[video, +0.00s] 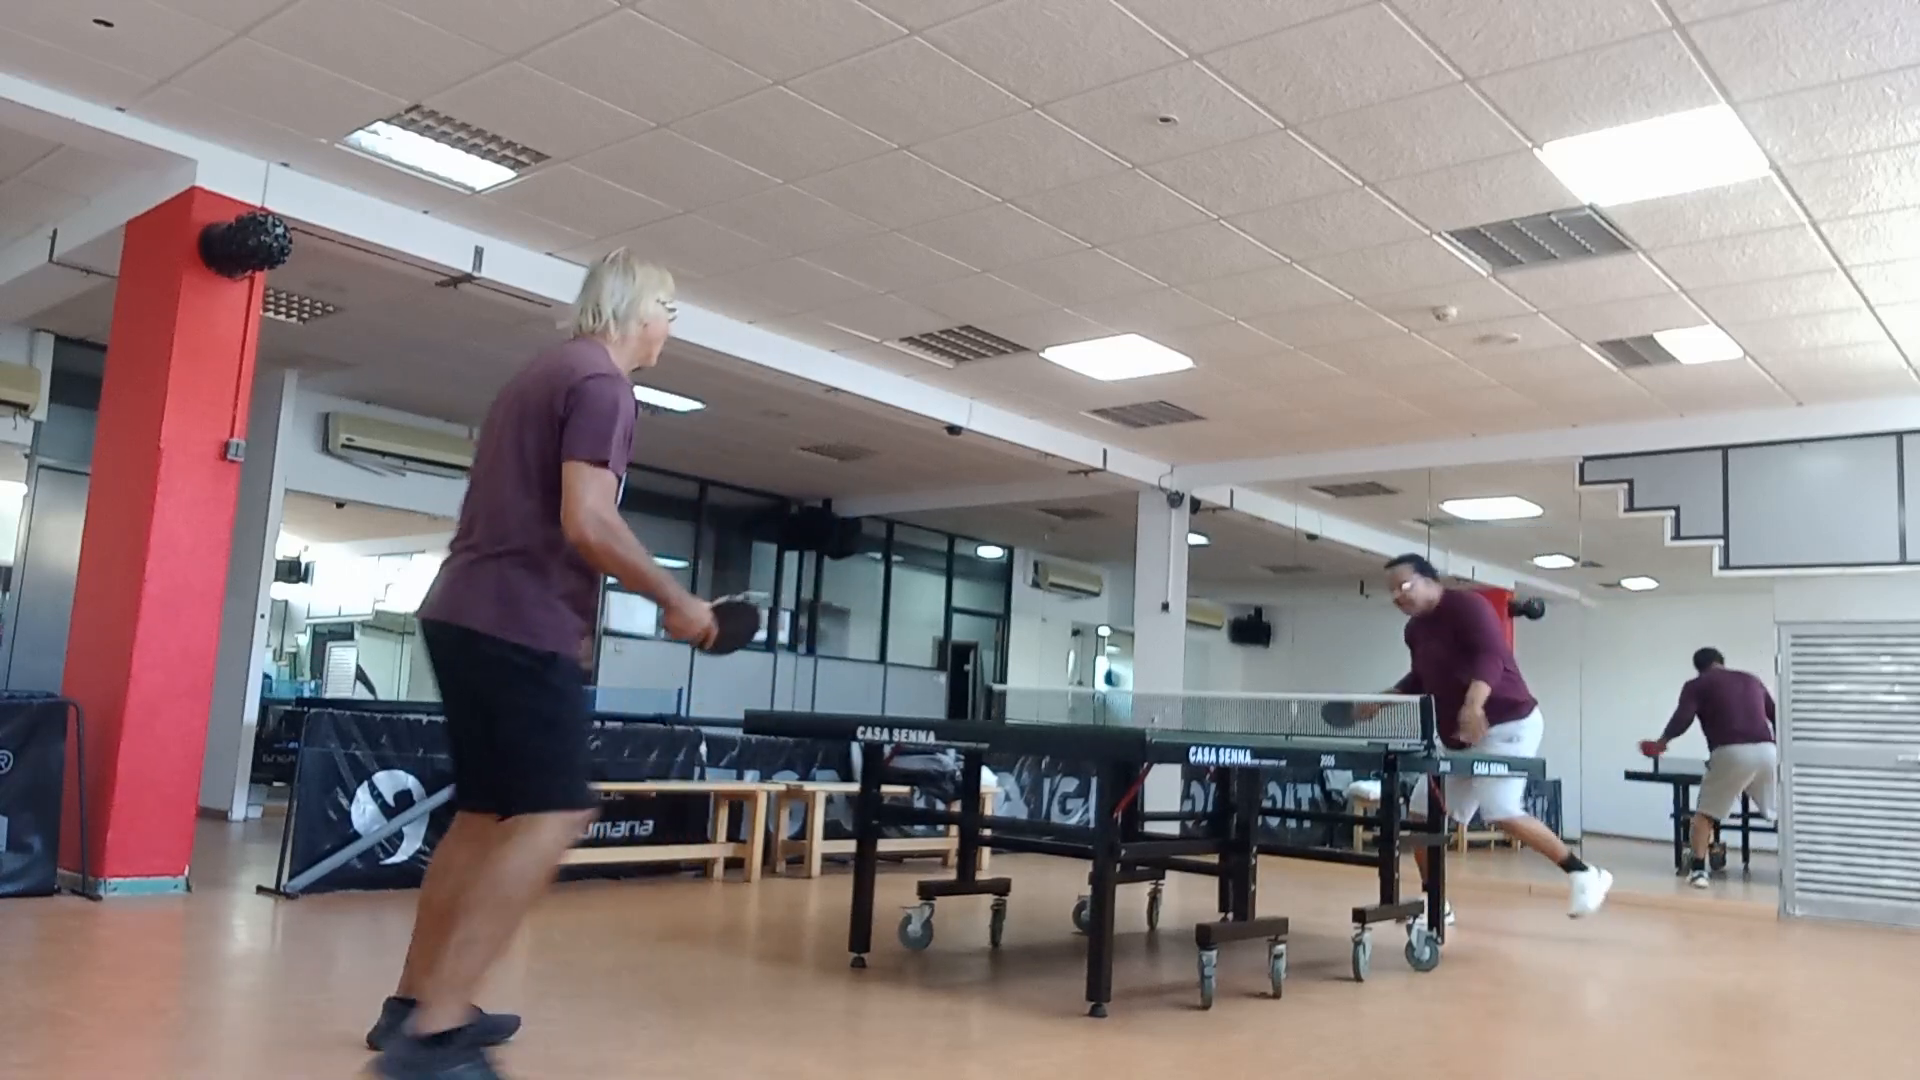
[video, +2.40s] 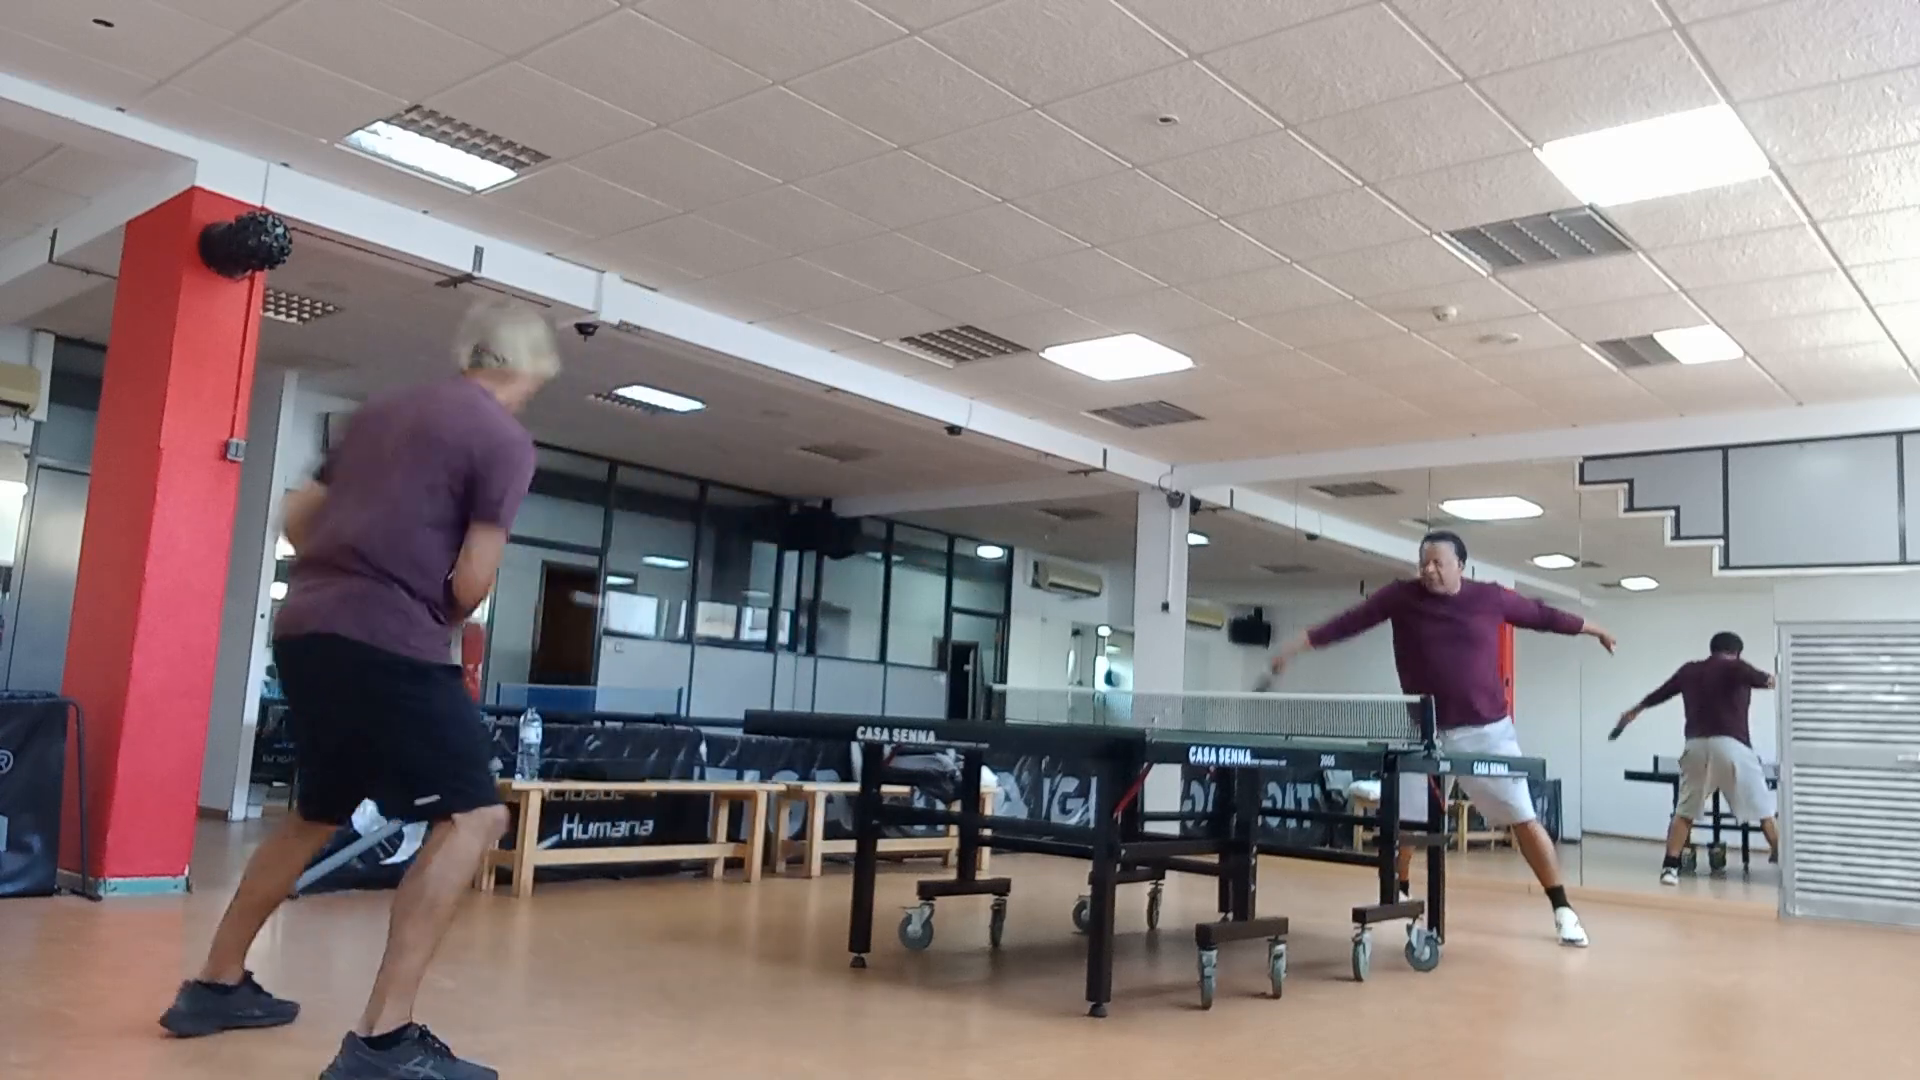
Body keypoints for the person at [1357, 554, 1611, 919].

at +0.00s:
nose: (1399, 596)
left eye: (1404, 586)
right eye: (1393, 591)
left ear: (1428, 579)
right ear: (1394, 594)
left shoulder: (1469, 605)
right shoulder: (1415, 630)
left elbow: (1491, 655)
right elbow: (1423, 678)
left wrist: (1472, 704)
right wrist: (1381, 702)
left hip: (1511, 724)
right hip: (1462, 738)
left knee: (1501, 809)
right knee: (1421, 819)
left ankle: (1583, 874)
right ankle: (1436, 905)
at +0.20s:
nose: (1374, 610)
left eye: (1376, 600)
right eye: (1371, 603)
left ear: (1399, 589)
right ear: (1396, 594)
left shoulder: (1449, 606)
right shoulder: (1410, 633)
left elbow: (1493, 652)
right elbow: (1420, 682)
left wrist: (1514, 707)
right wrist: (1366, 696)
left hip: (1497, 723)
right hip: (1456, 734)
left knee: (1473, 805)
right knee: (1420, 821)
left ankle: (1534, 898)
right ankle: (1437, 908)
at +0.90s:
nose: (1403, 570)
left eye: (1411, 561)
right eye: (1396, 563)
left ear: (1433, 562)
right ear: (1391, 569)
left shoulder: (1473, 598)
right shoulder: (1388, 607)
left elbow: (1526, 643)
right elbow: (1356, 651)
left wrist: (1569, 694)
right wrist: (1332, 687)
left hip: (1471, 723)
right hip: (1416, 725)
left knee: (1472, 815)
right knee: (1389, 813)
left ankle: (1511, 919)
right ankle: (1384, 895)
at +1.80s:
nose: (1438, 595)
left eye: (1446, 587)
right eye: (1432, 588)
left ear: (1468, 583)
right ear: (1426, 589)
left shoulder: (1500, 615)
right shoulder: (1422, 622)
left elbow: (1537, 669)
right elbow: (1400, 676)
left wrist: (1543, 728)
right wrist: (1393, 729)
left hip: (1507, 737)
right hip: (1449, 742)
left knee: (1529, 822)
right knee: (1407, 817)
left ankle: (1565, 912)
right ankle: (1384, 892)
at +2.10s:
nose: (1431, 595)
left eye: (1438, 586)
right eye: (1423, 588)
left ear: (1456, 580)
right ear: (1416, 586)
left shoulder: (1490, 607)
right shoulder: (1404, 613)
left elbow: (1542, 642)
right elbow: (1368, 644)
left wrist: (1561, 682)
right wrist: (1410, 661)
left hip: (1502, 732)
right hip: (1446, 737)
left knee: (1532, 817)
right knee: (1407, 819)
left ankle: (1571, 911)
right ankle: (1399, 897)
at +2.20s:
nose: (1422, 594)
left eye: (1429, 585)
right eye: (1414, 587)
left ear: (1447, 579)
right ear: (1407, 586)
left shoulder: (1480, 604)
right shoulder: (1399, 605)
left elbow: (1536, 619)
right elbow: (1359, 602)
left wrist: (1584, 650)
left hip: (1498, 735)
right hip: (1438, 739)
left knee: (1533, 820)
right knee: (1403, 822)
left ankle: (1572, 912)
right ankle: (1398, 900)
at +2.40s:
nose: (1430, 569)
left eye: (1438, 561)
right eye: (1424, 562)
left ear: (1460, 564)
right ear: (1419, 567)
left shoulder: (1489, 598)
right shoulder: (1402, 597)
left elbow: (1542, 615)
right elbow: (1350, 623)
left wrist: (1590, 627)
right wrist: (1295, 647)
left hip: (1486, 729)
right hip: (1422, 731)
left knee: (1522, 817)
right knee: (1400, 825)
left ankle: (1563, 911)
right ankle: (1396, 911)